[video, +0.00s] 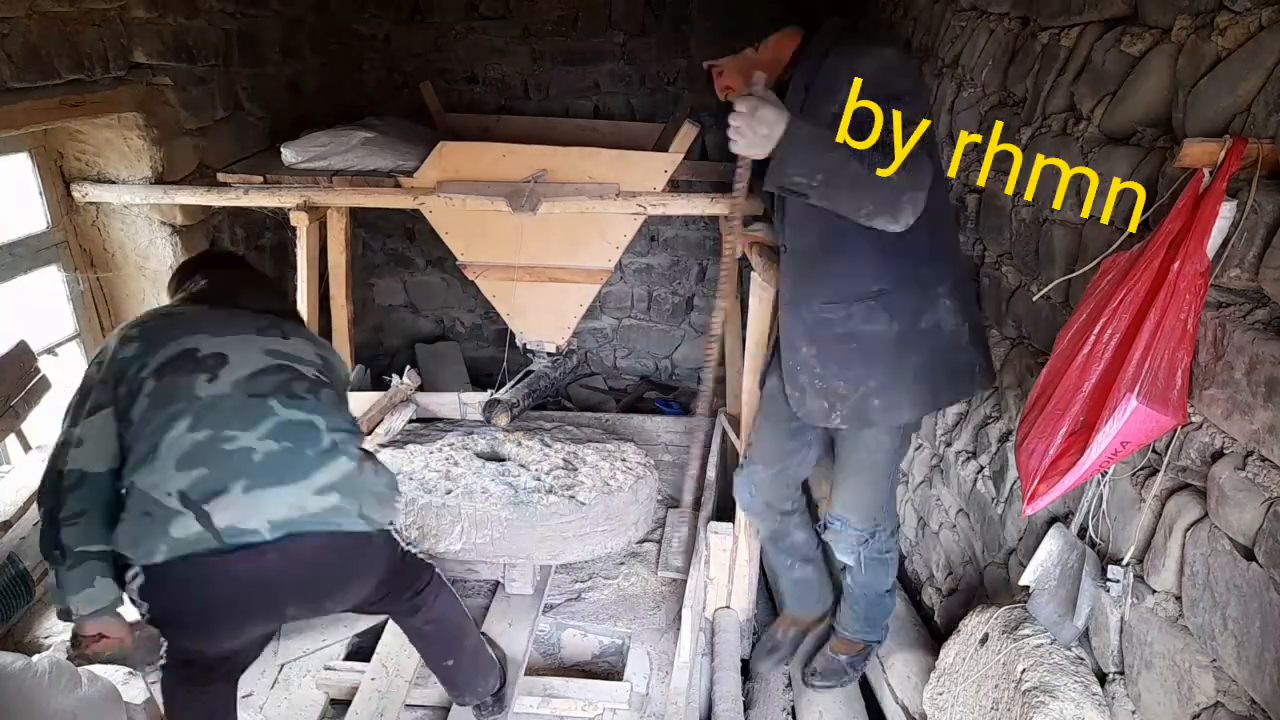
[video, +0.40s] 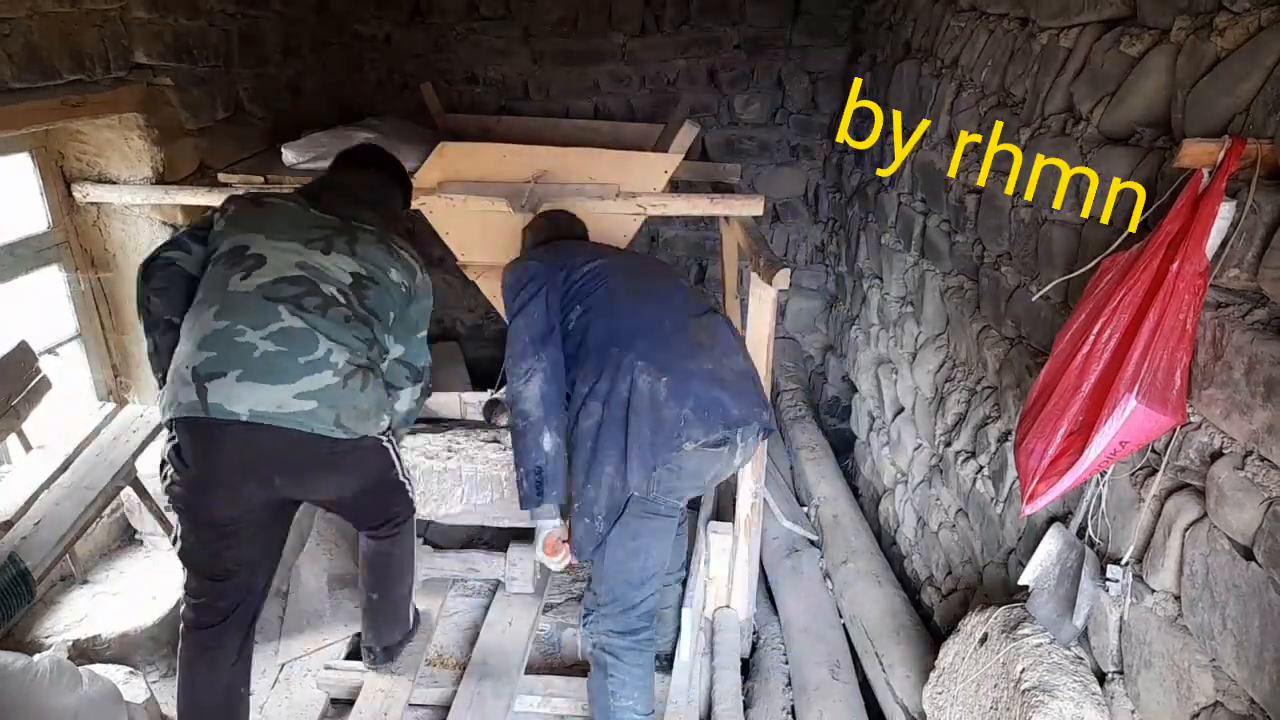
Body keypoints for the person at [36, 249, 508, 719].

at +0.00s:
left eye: (180, 290)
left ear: (184, 296)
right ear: (267, 295)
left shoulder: (134, 341)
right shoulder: (309, 342)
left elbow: (77, 479)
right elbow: (340, 447)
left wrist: (91, 605)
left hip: (198, 583)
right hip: (340, 547)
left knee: (201, 677)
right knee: (415, 590)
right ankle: (484, 684)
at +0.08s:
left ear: (126, 264)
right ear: (218, 265)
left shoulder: (64, 312)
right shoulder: (250, 304)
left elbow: (36, 452)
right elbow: (302, 406)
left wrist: (85, 506)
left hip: (130, 534)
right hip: (270, 500)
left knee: (174, 678)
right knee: (361, 553)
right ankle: (427, 667)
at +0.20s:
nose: (340, 220)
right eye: (337, 206)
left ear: (246, 186)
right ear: (329, 208)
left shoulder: (163, 230)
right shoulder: (341, 268)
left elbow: (128, 337)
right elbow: (337, 388)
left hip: (138, 482)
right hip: (269, 474)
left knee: (180, 640)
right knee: (345, 544)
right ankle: (363, 655)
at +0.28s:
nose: (349, 222)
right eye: (347, 210)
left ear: (259, 190)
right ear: (340, 208)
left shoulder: (180, 231)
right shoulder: (357, 270)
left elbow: (136, 337)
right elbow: (355, 374)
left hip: (165, 472)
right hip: (293, 466)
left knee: (191, 632)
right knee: (346, 548)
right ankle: (365, 658)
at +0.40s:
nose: (398, 216)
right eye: (400, 207)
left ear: (322, 182)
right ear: (396, 206)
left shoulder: (244, 211)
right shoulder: (403, 265)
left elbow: (163, 272)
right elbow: (407, 378)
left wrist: (174, 384)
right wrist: (382, 440)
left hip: (211, 436)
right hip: (332, 438)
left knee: (213, 607)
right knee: (387, 520)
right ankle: (385, 639)